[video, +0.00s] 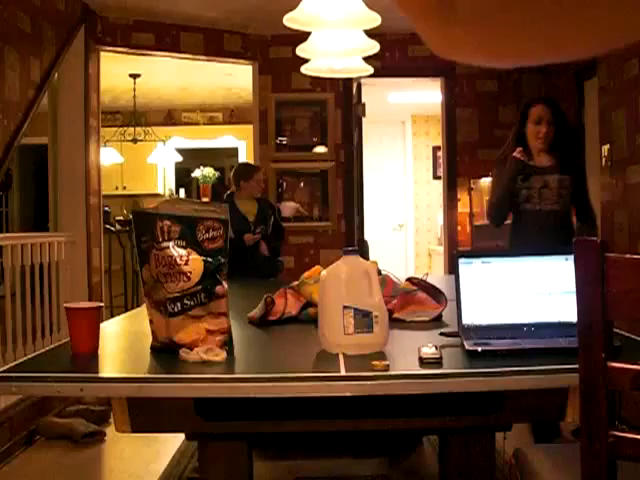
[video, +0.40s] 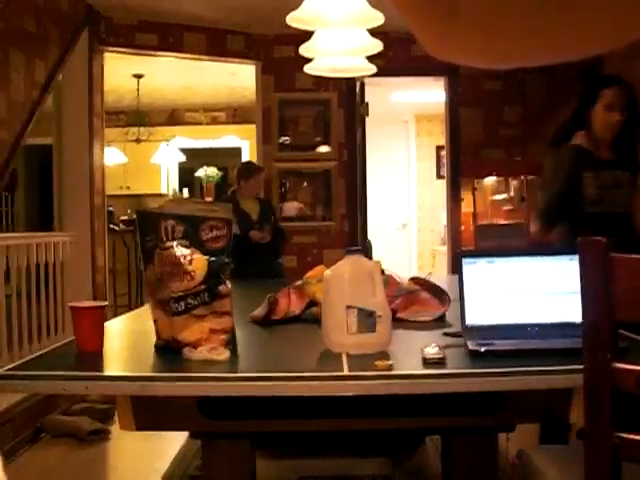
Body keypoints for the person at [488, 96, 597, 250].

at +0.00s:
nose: (544, 130)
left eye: (550, 124)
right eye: (537, 123)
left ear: (557, 128)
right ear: (524, 127)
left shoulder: (569, 164)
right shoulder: (512, 165)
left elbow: (585, 215)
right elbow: (496, 219)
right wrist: (512, 169)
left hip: (562, 254)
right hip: (523, 254)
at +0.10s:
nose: (556, 129)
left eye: (562, 122)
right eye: (549, 121)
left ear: (568, 127)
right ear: (534, 125)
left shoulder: (579, 165)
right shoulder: (521, 168)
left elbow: (589, 213)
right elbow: (507, 225)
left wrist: (607, 235)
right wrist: (520, 173)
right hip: (530, 258)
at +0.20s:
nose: (574, 124)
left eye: (576, 117)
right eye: (566, 117)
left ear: (582, 122)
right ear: (548, 125)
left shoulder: (587, 161)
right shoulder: (535, 165)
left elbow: (595, 212)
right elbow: (524, 226)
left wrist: (619, 247)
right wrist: (532, 171)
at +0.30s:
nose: (592, 119)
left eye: (596, 112)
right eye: (584, 110)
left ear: (601, 117)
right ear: (566, 113)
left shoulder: (604, 156)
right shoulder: (550, 158)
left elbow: (603, 212)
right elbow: (535, 218)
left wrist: (628, 251)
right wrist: (551, 158)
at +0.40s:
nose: (617, 118)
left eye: (622, 110)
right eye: (609, 109)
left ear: (627, 114)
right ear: (589, 111)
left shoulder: (627, 156)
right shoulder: (569, 156)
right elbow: (548, 218)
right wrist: (574, 153)